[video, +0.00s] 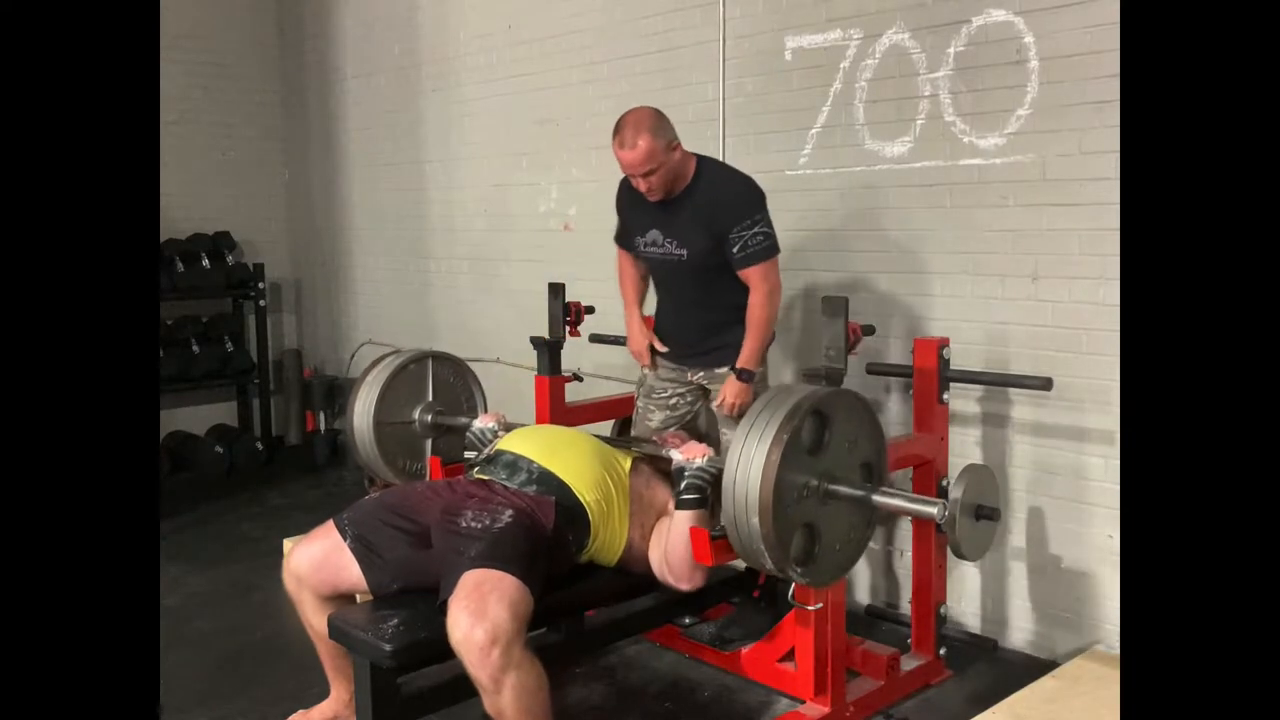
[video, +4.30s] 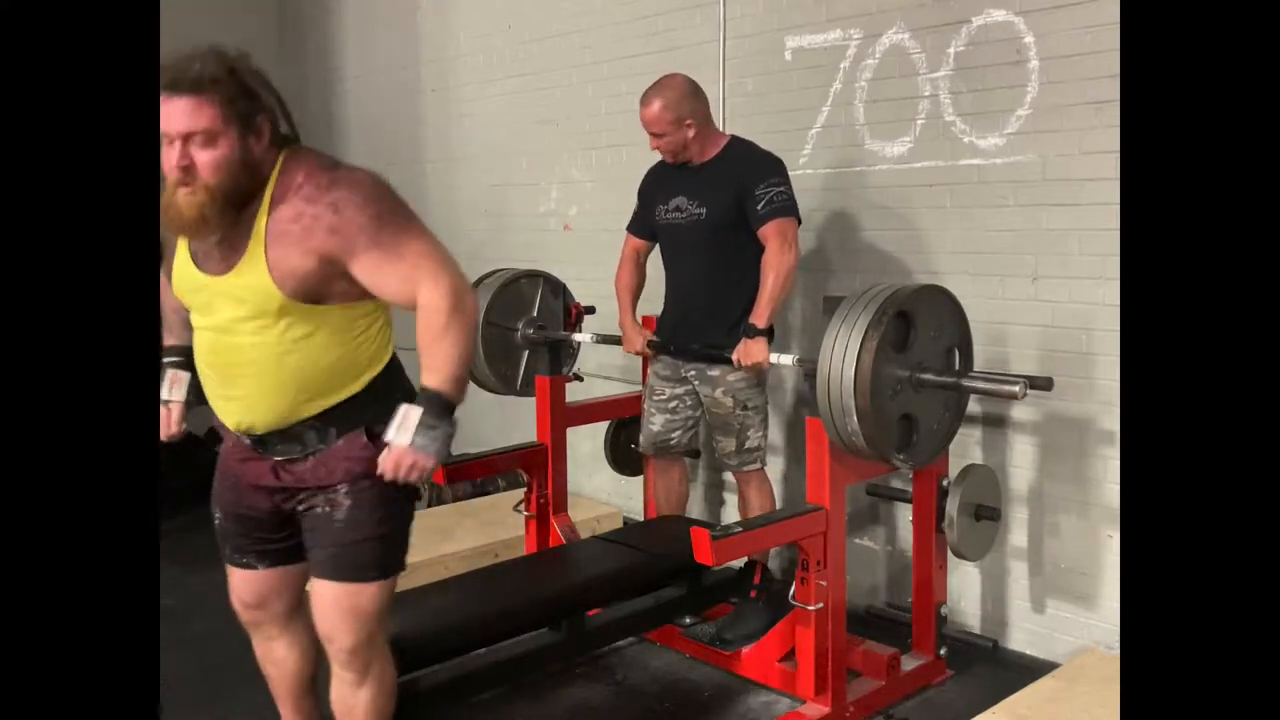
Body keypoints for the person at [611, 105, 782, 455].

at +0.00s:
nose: (640, 186)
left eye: (648, 173)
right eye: (631, 176)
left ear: (676, 151)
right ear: (622, 164)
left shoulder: (733, 194)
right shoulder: (631, 194)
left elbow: (766, 287)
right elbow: (630, 254)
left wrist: (744, 373)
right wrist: (634, 319)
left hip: (731, 366)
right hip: (667, 363)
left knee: (738, 480)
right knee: (649, 473)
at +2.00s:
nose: (675, 167)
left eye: (683, 157)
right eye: (671, 156)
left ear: (718, 145)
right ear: (676, 148)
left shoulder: (775, 184)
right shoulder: (672, 195)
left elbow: (795, 270)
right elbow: (638, 254)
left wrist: (753, 327)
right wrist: (624, 310)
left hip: (763, 354)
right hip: (697, 351)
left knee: (758, 465)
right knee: (664, 450)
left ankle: (772, 592)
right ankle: (698, 573)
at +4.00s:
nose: (683, 138)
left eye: (691, 123)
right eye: (671, 129)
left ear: (712, 108)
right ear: (658, 124)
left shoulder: (761, 169)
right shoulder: (657, 180)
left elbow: (789, 249)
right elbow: (632, 253)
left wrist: (762, 326)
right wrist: (628, 314)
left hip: (735, 355)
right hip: (670, 354)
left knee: (748, 469)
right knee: (661, 460)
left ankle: (760, 588)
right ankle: (663, 577)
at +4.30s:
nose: (653, 146)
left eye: (659, 135)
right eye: (649, 136)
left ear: (692, 124)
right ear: (670, 128)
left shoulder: (757, 168)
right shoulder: (659, 180)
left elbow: (784, 249)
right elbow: (633, 255)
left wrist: (759, 328)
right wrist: (627, 318)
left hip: (735, 356)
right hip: (671, 355)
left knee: (745, 468)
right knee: (662, 457)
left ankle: (764, 584)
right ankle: (663, 571)